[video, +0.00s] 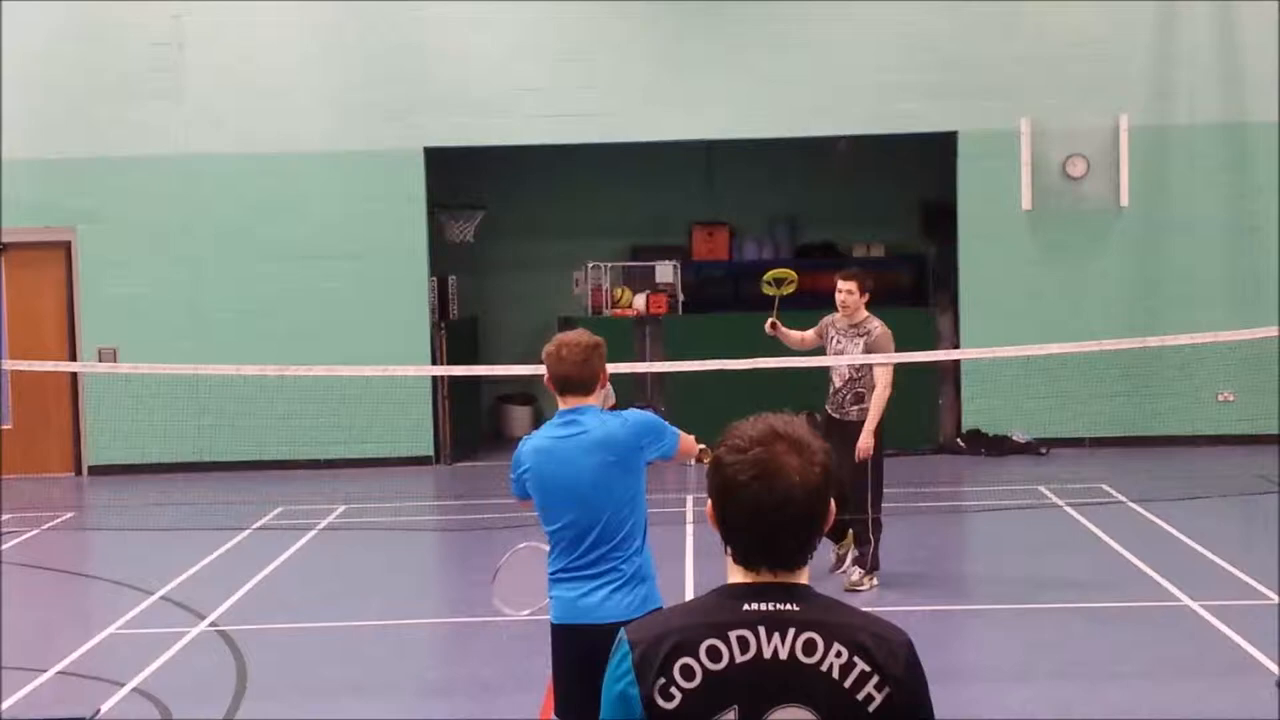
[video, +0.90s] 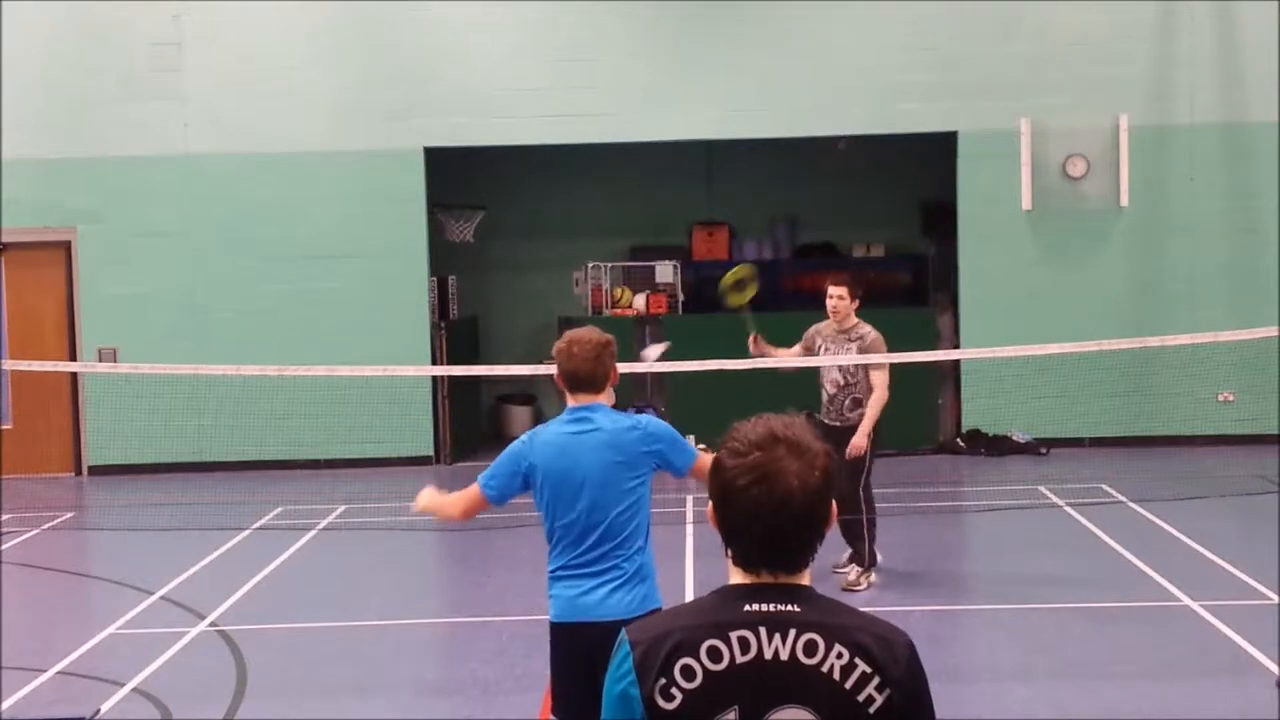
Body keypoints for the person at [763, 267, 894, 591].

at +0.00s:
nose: (842, 298)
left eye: (849, 293)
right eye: (839, 292)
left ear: (864, 297)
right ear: (835, 294)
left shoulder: (878, 333)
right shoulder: (831, 324)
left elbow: (883, 386)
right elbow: (804, 340)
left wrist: (868, 431)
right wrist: (780, 331)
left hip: (864, 424)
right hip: (833, 421)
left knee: (863, 494)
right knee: (827, 487)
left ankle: (866, 566)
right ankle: (843, 538)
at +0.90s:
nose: (832, 304)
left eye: (839, 298)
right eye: (829, 298)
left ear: (854, 303)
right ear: (825, 301)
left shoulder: (870, 338)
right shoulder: (818, 333)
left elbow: (880, 390)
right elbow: (793, 356)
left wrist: (863, 432)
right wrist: (765, 350)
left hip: (857, 428)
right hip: (829, 426)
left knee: (854, 493)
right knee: (839, 493)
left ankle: (866, 563)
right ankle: (858, 550)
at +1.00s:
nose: (832, 310)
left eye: (839, 304)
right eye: (829, 304)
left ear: (853, 308)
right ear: (824, 307)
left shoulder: (871, 344)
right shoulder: (816, 342)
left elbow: (884, 395)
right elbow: (796, 377)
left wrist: (872, 438)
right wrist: (766, 382)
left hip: (858, 432)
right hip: (827, 431)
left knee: (849, 496)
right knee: (842, 497)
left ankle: (860, 561)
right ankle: (861, 551)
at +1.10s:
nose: (832, 315)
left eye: (838, 309)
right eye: (827, 309)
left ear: (852, 313)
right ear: (822, 313)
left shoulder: (871, 348)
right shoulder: (815, 347)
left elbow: (889, 398)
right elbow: (802, 388)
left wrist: (885, 445)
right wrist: (775, 410)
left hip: (863, 435)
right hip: (831, 435)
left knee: (852, 499)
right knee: (841, 497)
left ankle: (857, 569)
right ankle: (864, 550)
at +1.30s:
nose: (830, 327)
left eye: (836, 320)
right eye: (825, 321)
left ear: (851, 318)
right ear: (821, 320)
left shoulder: (877, 345)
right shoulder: (814, 352)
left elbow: (898, 390)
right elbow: (815, 399)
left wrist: (901, 436)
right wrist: (817, 438)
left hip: (870, 432)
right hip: (834, 434)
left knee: (865, 500)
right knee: (841, 498)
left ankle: (862, 571)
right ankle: (859, 560)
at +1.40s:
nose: (828, 327)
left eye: (834, 320)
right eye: (823, 321)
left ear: (850, 315)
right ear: (819, 319)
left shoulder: (878, 338)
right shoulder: (814, 351)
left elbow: (900, 381)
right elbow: (821, 399)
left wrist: (903, 427)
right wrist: (822, 444)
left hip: (874, 432)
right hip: (838, 434)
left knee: (867, 502)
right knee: (843, 500)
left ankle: (864, 573)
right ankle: (849, 566)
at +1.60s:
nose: (821, 305)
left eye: (826, 298)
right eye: (816, 301)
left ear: (842, 297)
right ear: (811, 305)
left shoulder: (872, 325)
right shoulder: (813, 336)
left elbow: (894, 367)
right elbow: (819, 348)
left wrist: (906, 410)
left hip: (875, 424)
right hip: (835, 426)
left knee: (871, 501)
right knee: (826, 496)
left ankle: (862, 574)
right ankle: (821, 548)